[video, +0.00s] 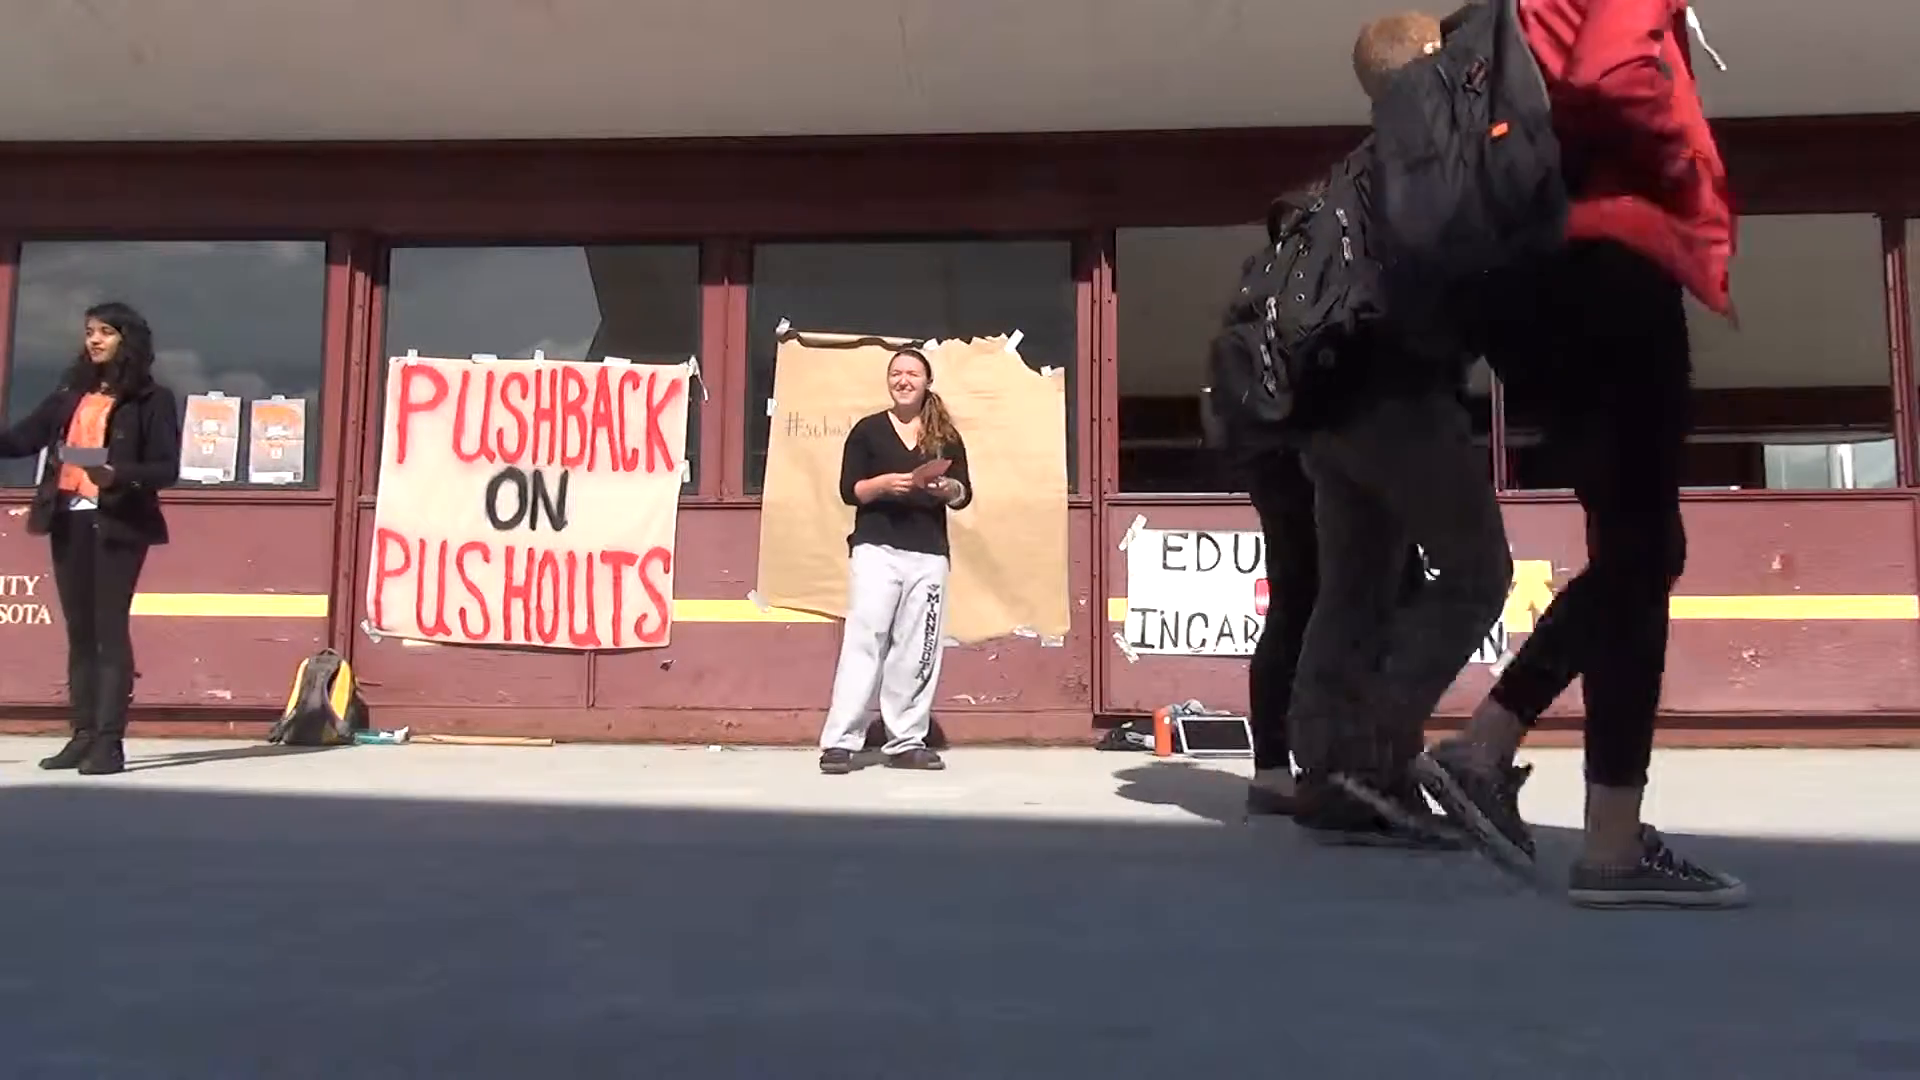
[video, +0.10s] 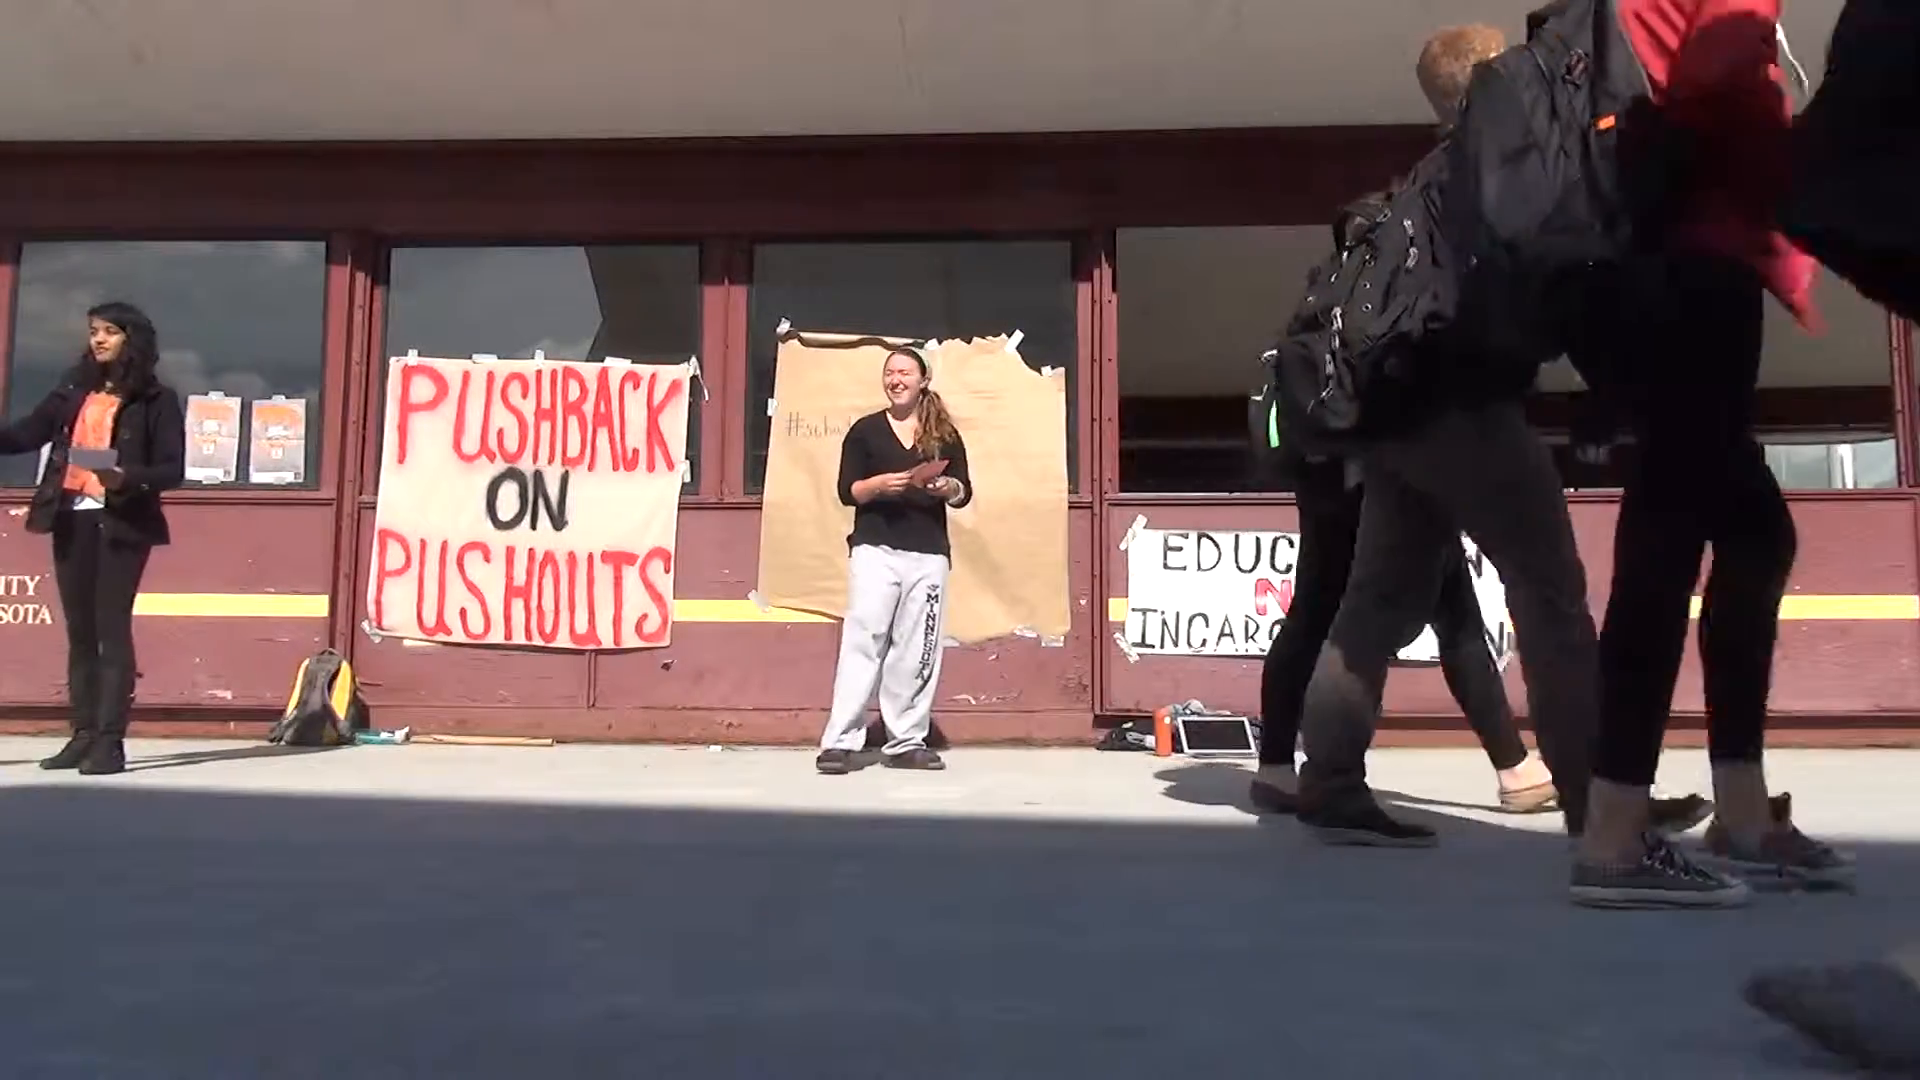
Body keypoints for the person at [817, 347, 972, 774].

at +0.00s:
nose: (903, 380)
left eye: (912, 374)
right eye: (897, 374)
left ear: (928, 382)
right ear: (888, 381)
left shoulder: (946, 435)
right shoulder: (866, 430)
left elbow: (963, 494)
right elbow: (850, 492)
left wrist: (948, 490)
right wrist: (892, 481)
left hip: (928, 553)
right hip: (876, 549)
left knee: (918, 647)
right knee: (865, 641)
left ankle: (906, 742)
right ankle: (840, 744)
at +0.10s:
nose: (895, 379)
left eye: (904, 372)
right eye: (889, 372)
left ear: (923, 380)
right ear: (883, 380)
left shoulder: (944, 433)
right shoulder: (863, 431)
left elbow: (962, 492)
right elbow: (848, 492)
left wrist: (945, 488)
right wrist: (892, 480)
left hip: (927, 553)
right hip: (875, 549)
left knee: (917, 647)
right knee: (863, 642)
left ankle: (906, 742)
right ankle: (840, 744)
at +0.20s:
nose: (882, 379)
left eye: (891, 372)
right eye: (879, 372)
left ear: (916, 380)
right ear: (875, 379)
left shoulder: (941, 433)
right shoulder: (860, 430)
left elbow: (961, 492)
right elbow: (844, 492)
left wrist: (946, 487)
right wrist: (879, 481)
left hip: (925, 553)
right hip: (872, 550)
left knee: (917, 648)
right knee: (862, 645)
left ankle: (906, 742)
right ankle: (845, 745)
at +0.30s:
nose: (873, 377)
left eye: (882, 370)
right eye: (871, 371)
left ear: (908, 377)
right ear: (872, 377)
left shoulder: (936, 431)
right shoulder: (855, 430)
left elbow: (955, 491)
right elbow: (838, 491)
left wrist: (939, 486)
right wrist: (869, 483)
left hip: (920, 552)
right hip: (867, 549)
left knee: (915, 646)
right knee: (861, 645)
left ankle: (906, 742)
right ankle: (846, 744)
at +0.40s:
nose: (867, 375)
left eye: (875, 367)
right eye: (864, 368)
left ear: (901, 373)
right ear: (866, 375)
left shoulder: (930, 429)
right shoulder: (849, 428)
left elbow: (950, 488)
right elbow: (831, 490)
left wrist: (930, 483)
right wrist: (859, 483)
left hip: (914, 551)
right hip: (860, 548)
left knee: (912, 644)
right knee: (857, 643)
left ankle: (907, 741)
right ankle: (846, 744)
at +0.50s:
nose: (860, 373)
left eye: (868, 366)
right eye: (858, 366)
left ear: (895, 372)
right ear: (863, 373)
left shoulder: (925, 429)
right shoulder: (843, 427)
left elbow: (944, 490)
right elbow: (824, 489)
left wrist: (924, 482)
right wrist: (848, 483)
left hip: (906, 550)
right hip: (852, 546)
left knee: (905, 642)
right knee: (852, 642)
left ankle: (906, 741)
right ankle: (844, 744)